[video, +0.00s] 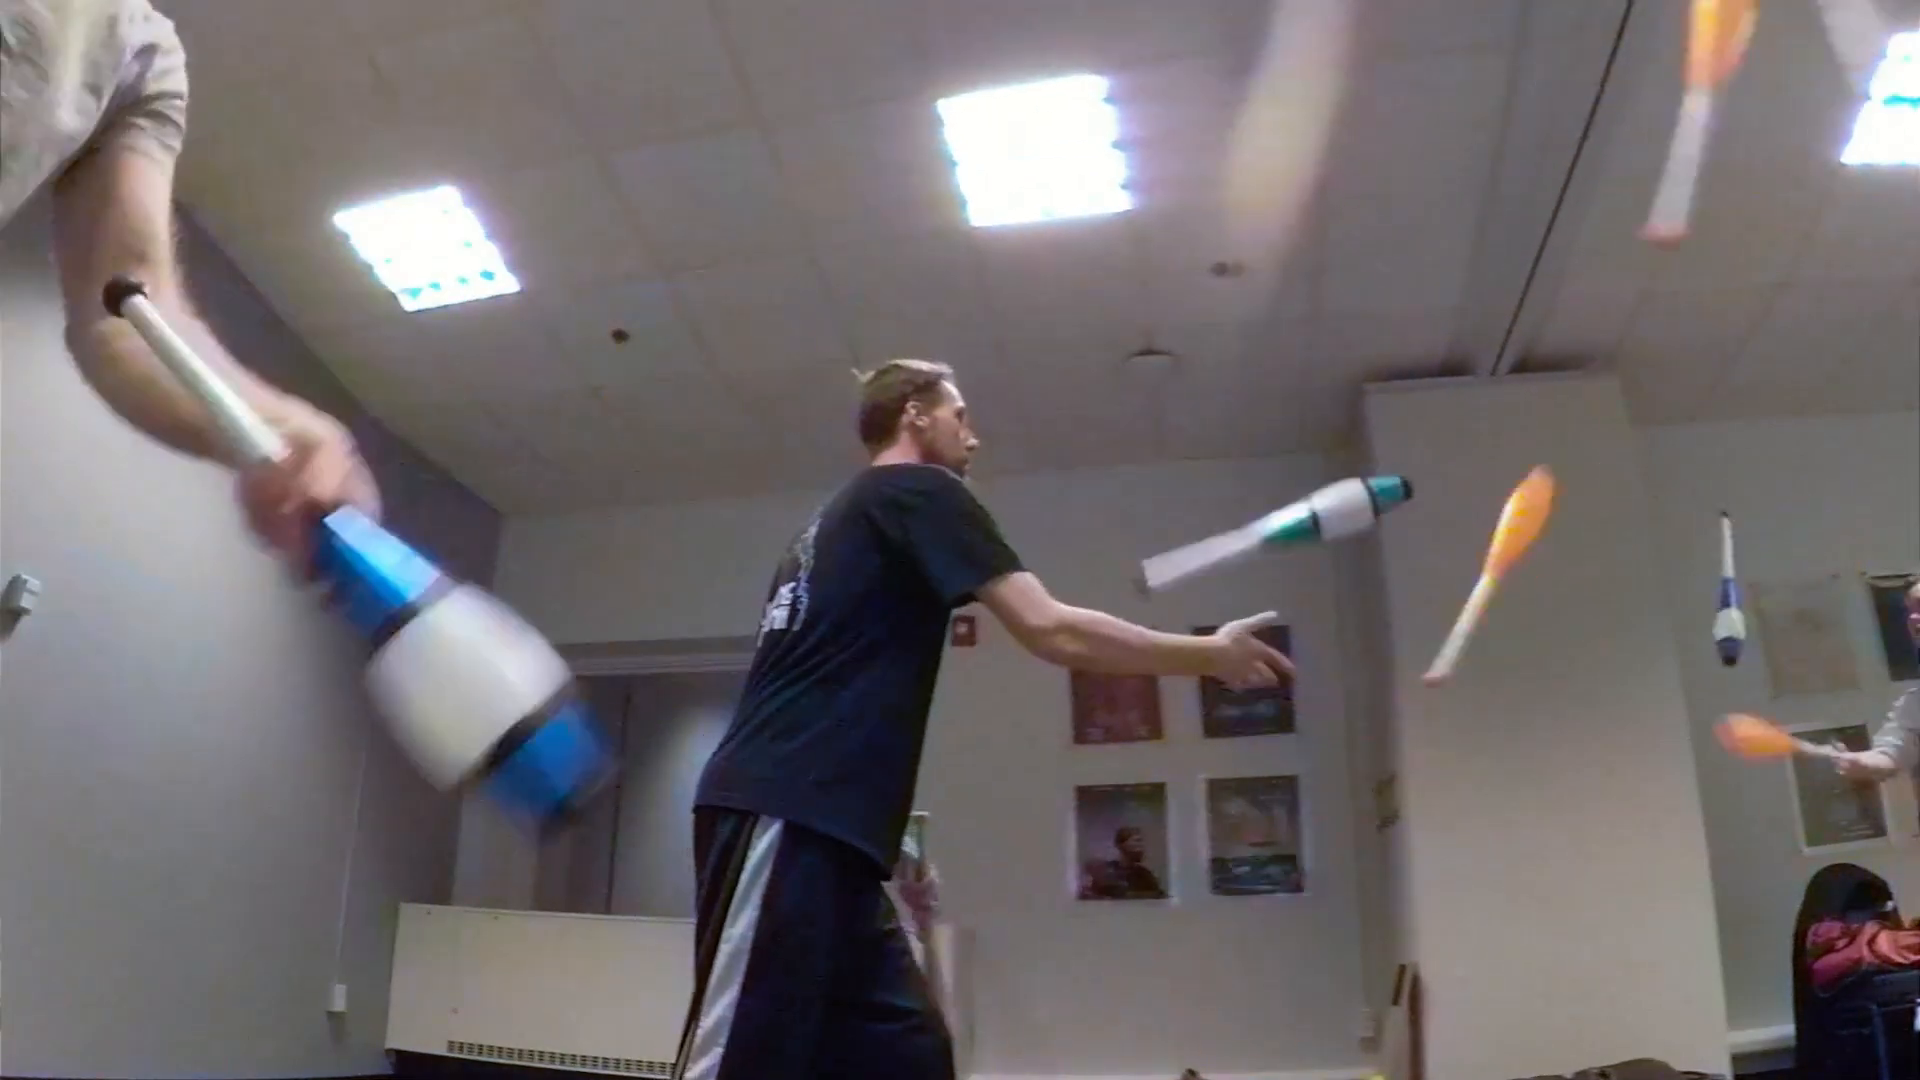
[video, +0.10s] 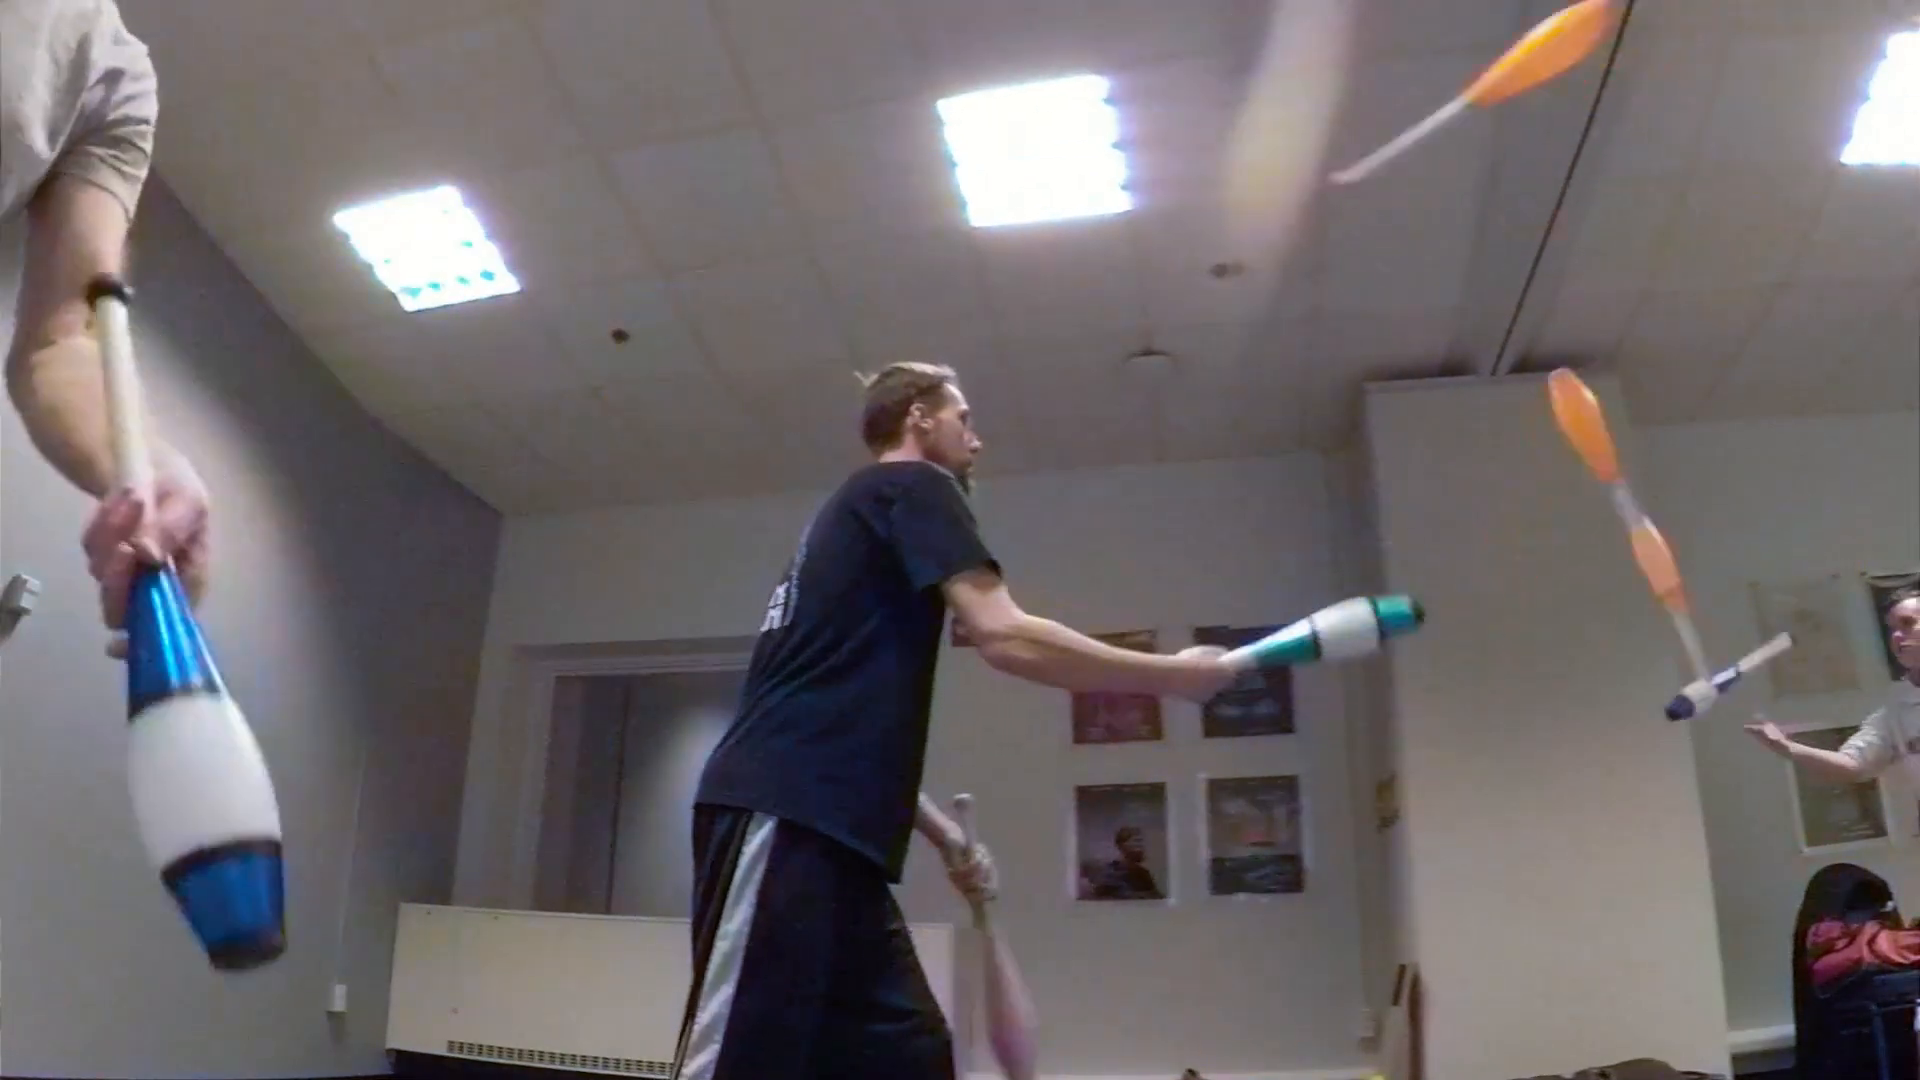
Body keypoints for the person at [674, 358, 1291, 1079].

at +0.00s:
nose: (973, 435)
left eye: (969, 419)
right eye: (960, 417)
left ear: (897, 426)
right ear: (915, 419)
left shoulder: (845, 514)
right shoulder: (918, 492)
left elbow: (825, 636)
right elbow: (1049, 628)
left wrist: (929, 627)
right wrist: (1209, 653)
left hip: (810, 816)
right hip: (792, 810)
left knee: (902, 1046)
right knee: (735, 1051)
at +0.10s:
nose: (974, 436)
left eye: (970, 417)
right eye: (962, 416)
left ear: (911, 425)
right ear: (916, 421)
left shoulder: (866, 506)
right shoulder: (909, 486)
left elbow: (832, 713)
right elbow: (1003, 633)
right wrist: (1174, 671)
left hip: (819, 823)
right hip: (790, 810)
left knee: (906, 1049)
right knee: (731, 1054)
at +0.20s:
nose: (972, 435)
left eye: (970, 419)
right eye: (961, 416)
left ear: (911, 420)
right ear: (916, 415)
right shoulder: (887, 482)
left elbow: (877, 719)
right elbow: (925, 642)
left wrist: (1007, 778)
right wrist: (1092, 709)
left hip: (832, 831)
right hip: (780, 813)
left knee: (909, 1047)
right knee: (727, 1054)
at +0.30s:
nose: (964, 431)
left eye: (960, 412)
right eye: (951, 410)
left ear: (901, 415)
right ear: (902, 411)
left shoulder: (878, 516)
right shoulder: (859, 480)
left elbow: (908, 704)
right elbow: (847, 641)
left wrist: (1055, 695)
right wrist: (998, 750)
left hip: (836, 836)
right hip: (772, 816)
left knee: (915, 1054)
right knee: (723, 1057)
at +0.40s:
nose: (952, 422)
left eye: (950, 406)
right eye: (940, 402)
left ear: (898, 407)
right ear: (894, 403)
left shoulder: (892, 549)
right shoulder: (841, 483)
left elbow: (975, 672)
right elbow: (811, 644)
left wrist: (1079, 620)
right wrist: (919, 791)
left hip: (845, 830)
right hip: (770, 817)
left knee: (898, 1041)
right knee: (725, 1056)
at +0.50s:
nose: (939, 420)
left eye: (935, 403)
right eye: (926, 400)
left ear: (887, 407)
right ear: (879, 403)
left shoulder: (906, 533)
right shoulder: (858, 478)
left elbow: (1026, 586)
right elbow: (819, 639)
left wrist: (1135, 519)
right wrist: (884, 810)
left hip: (858, 832)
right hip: (788, 819)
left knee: (946, 1051)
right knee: (728, 1060)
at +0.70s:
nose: (850, 365)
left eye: (844, 351)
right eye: (823, 353)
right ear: (771, 388)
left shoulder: (881, 476)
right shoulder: (770, 500)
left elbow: (984, 503)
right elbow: (822, 660)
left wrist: (1054, 468)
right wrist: (958, 770)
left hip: (913, 781)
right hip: (827, 791)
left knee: (982, 1027)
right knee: (845, 1034)